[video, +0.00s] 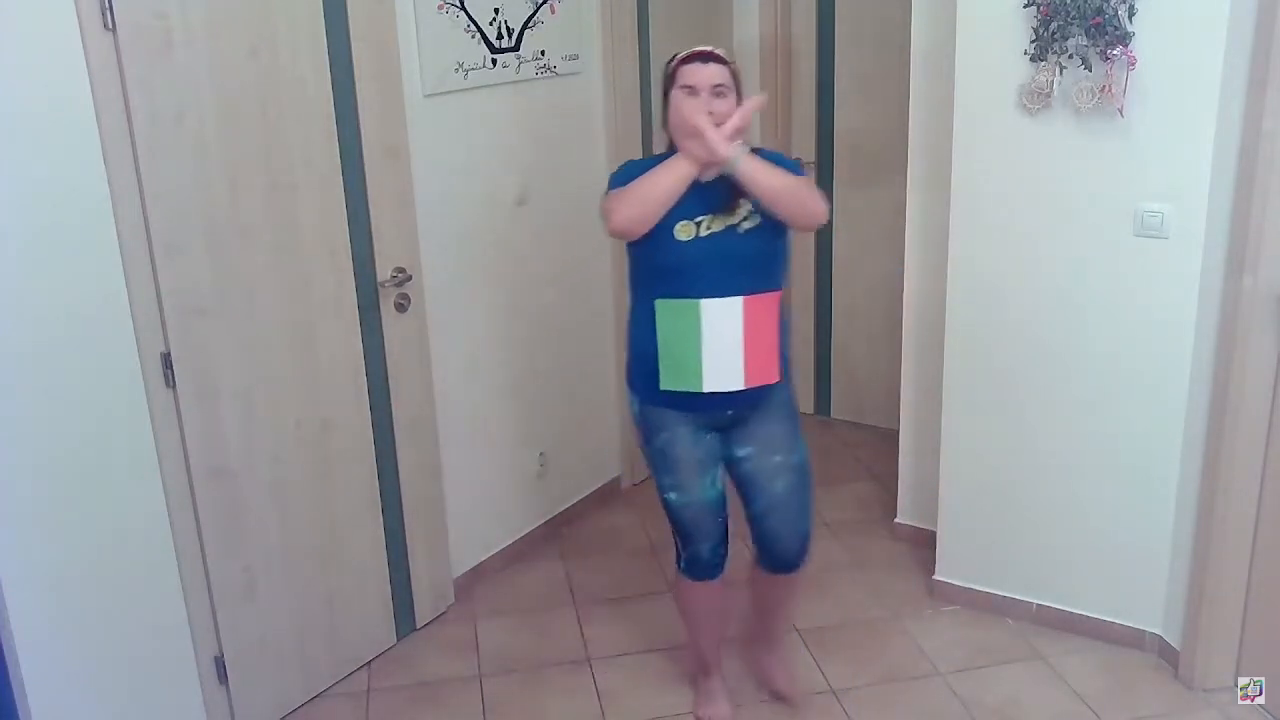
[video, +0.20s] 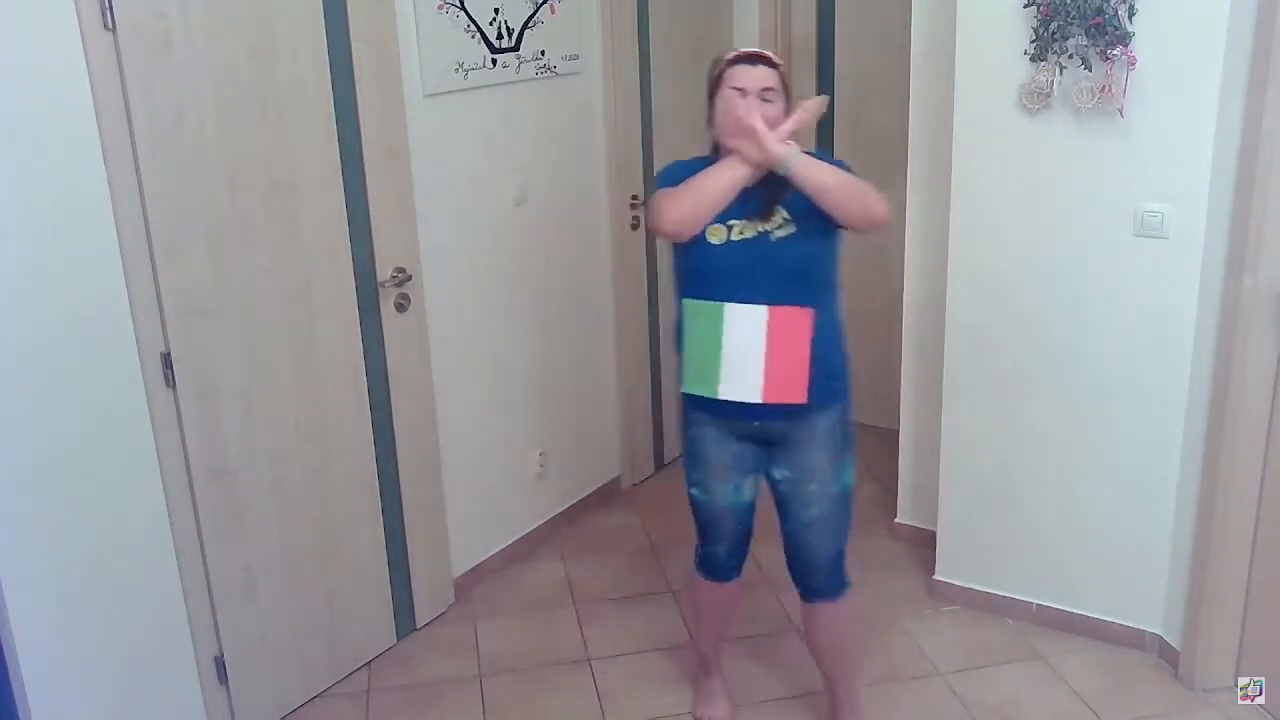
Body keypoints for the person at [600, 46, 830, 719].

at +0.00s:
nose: (707, 104)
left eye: (720, 93)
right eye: (690, 93)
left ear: (740, 106)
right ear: (667, 108)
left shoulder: (770, 166)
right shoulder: (641, 175)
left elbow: (812, 211)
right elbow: (623, 221)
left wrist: (729, 154)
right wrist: (701, 153)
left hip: (763, 393)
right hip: (672, 400)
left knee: (787, 541)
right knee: (703, 549)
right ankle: (710, 676)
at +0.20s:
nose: (753, 105)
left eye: (768, 96)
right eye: (738, 94)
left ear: (788, 111)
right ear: (712, 109)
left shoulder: (819, 172)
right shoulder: (683, 175)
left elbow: (872, 213)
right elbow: (673, 222)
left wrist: (779, 153)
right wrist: (756, 152)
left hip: (812, 410)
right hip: (717, 410)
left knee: (822, 573)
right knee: (718, 559)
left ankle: (846, 705)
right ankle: (711, 682)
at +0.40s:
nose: (824, 123)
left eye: (838, 110)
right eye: (808, 109)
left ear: (858, 124)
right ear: (781, 123)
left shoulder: (887, 192)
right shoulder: (755, 185)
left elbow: (957, 225)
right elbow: (746, 233)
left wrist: (859, 167)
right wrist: (834, 164)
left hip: (877, 425)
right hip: (784, 421)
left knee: (850, 599)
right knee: (774, 577)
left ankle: (842, 706)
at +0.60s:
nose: (875, 136)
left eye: (891, 123)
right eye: (859, 121)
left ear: (911, 135)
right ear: (834, 133)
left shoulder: (936, 210)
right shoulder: (803, 195)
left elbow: (1019, 244)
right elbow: (802, 245)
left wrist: (924, 185)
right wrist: (890, 183)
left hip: (923, 434)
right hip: (832, 432)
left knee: (871, 606)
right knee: (843, 588)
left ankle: (852, 709)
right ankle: (917, 648)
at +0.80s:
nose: (930, 105)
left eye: (946, 94)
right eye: (914, 92)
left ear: (967, 112)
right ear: (888, 108)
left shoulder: (996, 180)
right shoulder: (855, 176)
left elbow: (1101, 202)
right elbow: (833, 224)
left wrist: (1000, 178)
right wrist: (928, 167)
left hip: (979, 411)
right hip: (885, 411)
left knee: (953, 580)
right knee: (909, 568)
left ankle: (949, 698)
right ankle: (940, 676)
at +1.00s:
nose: (980, 110)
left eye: (998, 97)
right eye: (965, 94)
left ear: (1019, 112)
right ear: (938, 105)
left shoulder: (1051, 173)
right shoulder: (900, 175)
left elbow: (1156, 228)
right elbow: (873, 244)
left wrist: (1092, 241)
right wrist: (981, 193)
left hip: (1029, 413)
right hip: (930, 412)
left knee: (1028, 575)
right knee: (941, 563)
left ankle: (1038, 680)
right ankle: (944, 669)